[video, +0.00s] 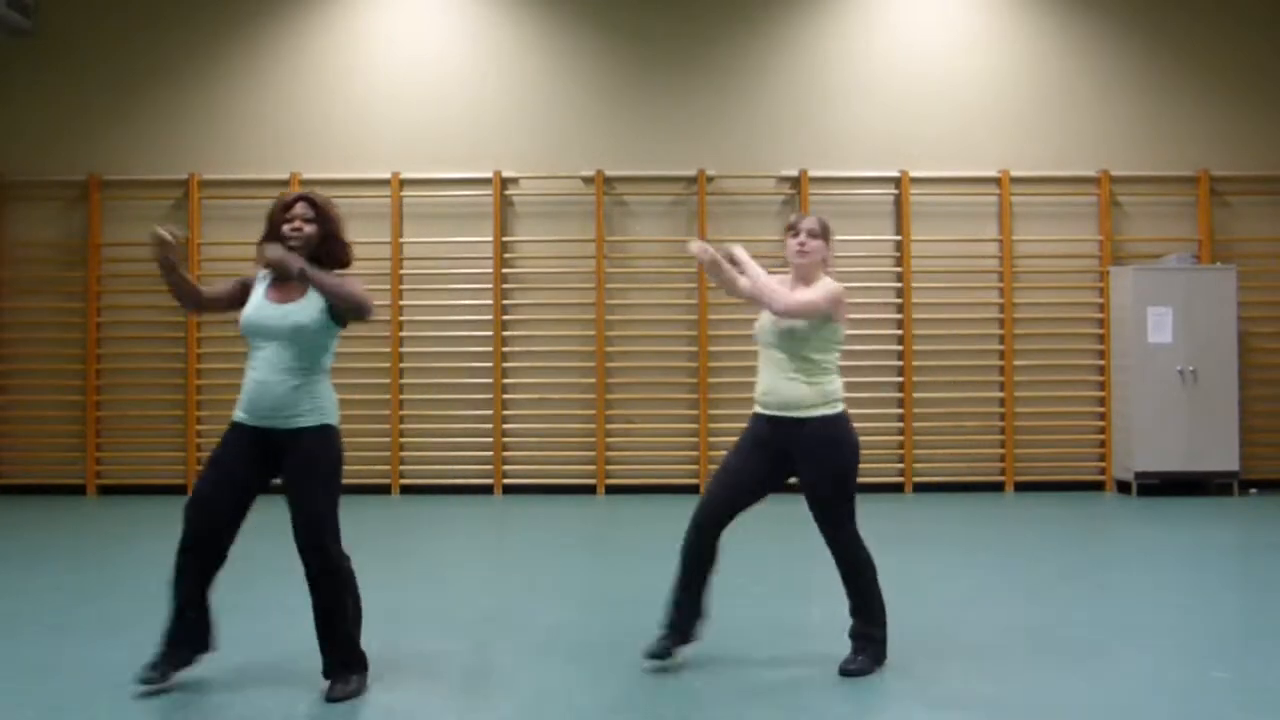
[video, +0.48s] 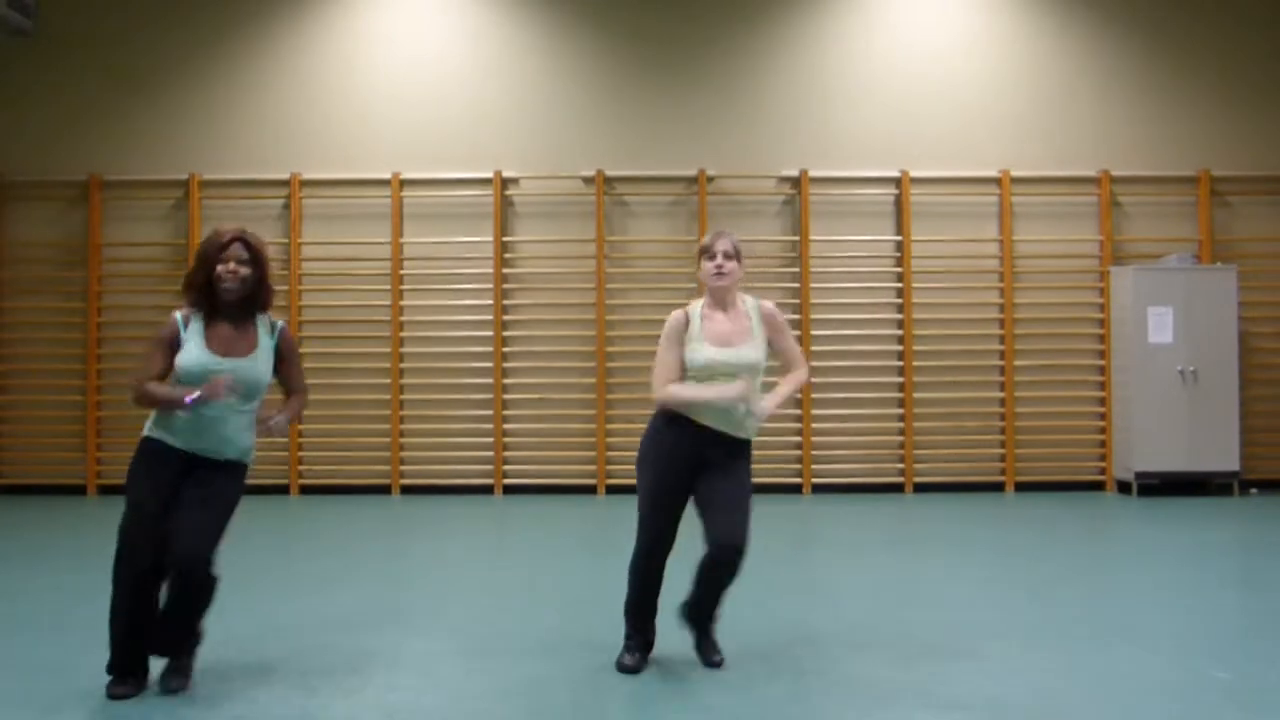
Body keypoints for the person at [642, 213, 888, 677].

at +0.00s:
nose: (803, 241)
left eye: (812, 236)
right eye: (796, 234)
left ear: (827, 248)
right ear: (785, 244)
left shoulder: (831, 292)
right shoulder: (771, 285)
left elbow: (783, 305)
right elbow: (736, 284)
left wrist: (744, 262)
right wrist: (711, 262)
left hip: (823, 433)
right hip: (767, 431)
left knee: (843, 539)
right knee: (706, 519)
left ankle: (870, 644)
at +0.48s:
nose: (720, 264)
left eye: (729, 257)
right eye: (712, 257)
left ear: (742, 267)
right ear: (699, 267)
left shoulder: (765, 316)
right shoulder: (682, 319)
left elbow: (799, 369)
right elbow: (662, 391)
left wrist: (770, 400)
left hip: (729, 449)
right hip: (672, 440)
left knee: (729, 547)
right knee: (653, 546)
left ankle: (699, 616)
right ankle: (636, 640)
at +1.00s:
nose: (809, 251)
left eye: (817, 242)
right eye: (800, 243)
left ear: (828, 247)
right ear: (786, 250)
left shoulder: (842, 292)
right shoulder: (780, 297)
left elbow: (882, 321)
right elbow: (799, 346)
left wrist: (912, 338)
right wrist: (863, 353)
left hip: (838, 426)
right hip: (789, 427)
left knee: (846, 537)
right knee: (806, 538)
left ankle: (829, 635)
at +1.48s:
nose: (904, 264)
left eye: (910, 255)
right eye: (892, 259)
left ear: (920, 259)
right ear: (880, 272)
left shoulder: (941, 288)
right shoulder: (891, 319)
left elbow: (985, 265)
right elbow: (953, 312)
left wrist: (1020, 228)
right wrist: (1014, 266)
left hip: (949, 432)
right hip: (899, 433)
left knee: (978, 534)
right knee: (855, 532)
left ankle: (1004, 631)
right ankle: (785, 621)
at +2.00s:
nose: (924, 251)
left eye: (932, 245)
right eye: (916, 244)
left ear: (945, 254)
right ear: (903, 253)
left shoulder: (957, 300)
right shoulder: (892, 286)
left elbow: (927, 347)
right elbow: (841, 283)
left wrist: (876, 316)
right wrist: (822, 284)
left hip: (964, 421)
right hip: (907, 419)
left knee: (983, 525)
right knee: (867, 507)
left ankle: (1008, 630)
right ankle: (865, 612)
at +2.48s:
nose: (829, 250)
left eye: (838, 244)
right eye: (822, 243)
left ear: (853, 253)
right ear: (812, 251)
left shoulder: (864, 299)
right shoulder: (806, 295)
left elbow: (844, 358)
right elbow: (787, 339)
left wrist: (784, 344)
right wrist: (770, 331)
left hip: (853, 428)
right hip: (803, 422)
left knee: (839, 534)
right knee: (774, 528)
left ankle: (871, 635)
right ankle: (810, 618)